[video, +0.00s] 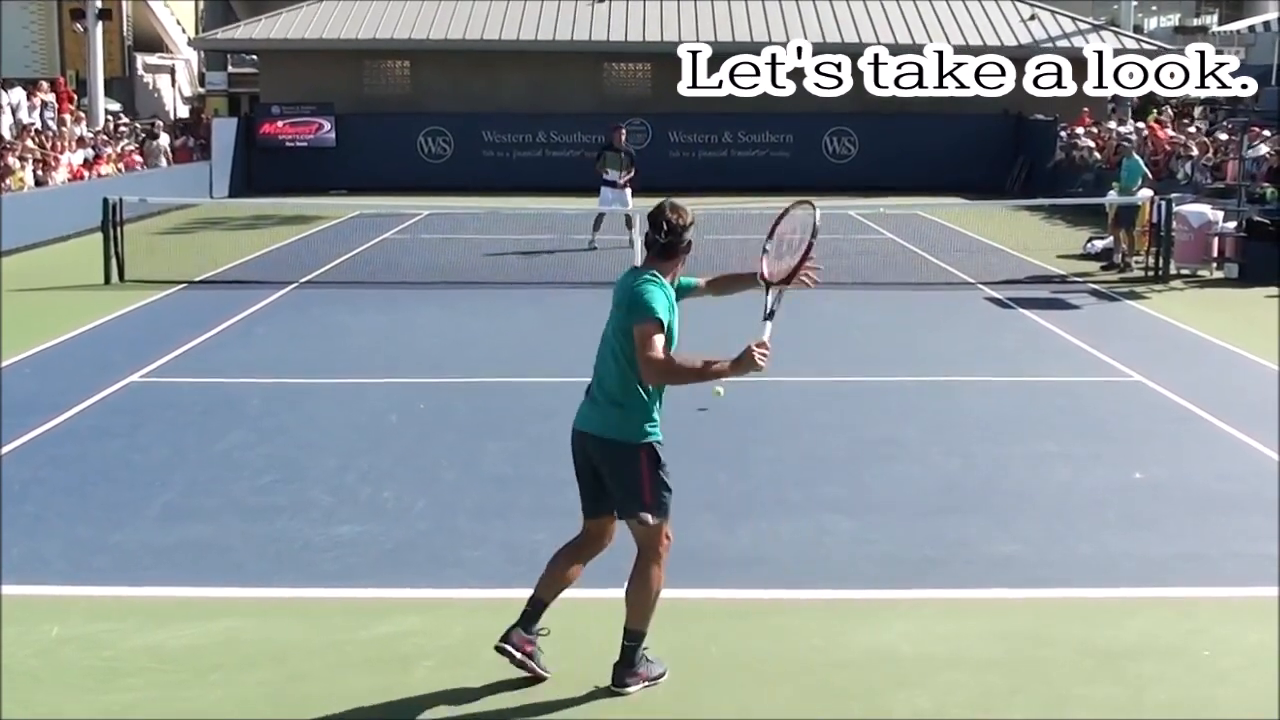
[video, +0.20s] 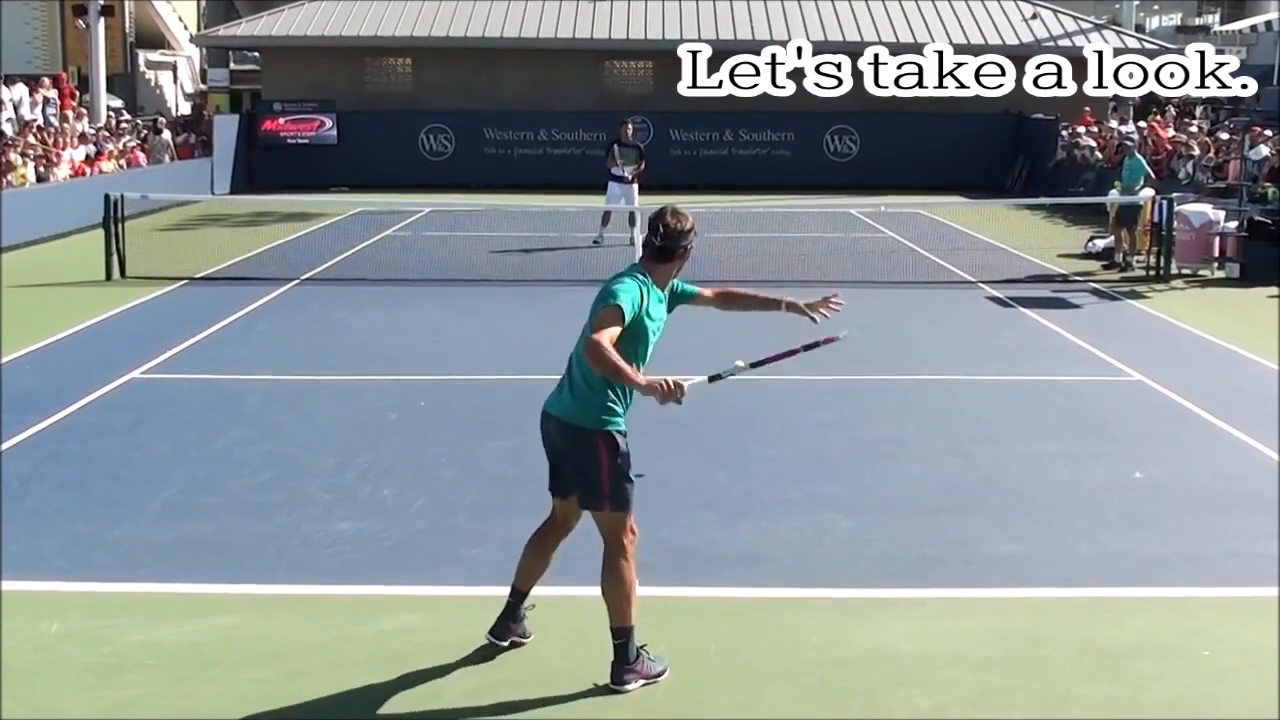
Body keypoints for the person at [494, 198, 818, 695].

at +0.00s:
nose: (690, 252)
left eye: (686, 246)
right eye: (690, 246)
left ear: (648, 243)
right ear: (686, 249)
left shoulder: (635, 280)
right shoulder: (654, 293)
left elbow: (709, 285)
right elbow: (653, 369)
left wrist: (774, 275)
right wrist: (731, 365)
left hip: (592, 431)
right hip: (631, 438)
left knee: (596, 534)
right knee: (654, 544)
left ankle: (523, 630)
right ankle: (630, 663)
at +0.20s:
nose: (688, 260)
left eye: (686, 254)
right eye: (688, 252)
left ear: (649, 245)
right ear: (682, 254)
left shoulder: (662, 289)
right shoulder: (629, 290)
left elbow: (720, 298)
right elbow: (596, 346)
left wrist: (793, 304)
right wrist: (644, 381)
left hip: (566, 418)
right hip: (593, 426)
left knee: (562, 517)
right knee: (621, 539)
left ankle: (510, 617)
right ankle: (627, 660)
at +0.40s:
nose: (670, 283)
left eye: (668, 276)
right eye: (671, 277)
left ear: (630, 267)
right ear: (664, 281)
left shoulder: (602, 292)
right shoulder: (620, 326)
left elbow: (648, 314)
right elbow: (600, 395)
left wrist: (698, 345)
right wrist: (594, 464)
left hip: (524, 429)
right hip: (562, 442)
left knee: (537, 518)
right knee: (622, 534)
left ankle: (503, 623)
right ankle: (623, 660)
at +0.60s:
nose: (642, 277)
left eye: (643, 270)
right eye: (643, 271)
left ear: (601, 256)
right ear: (632, 272)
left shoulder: (545, 276)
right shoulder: (623, 327)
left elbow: (507, 287)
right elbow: (647, 378)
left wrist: (560, 294)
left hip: (510, 429)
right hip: (565, 439)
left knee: (511, 514)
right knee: (615, 534)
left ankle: (502, 624)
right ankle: (625, 656)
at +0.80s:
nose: (611, 240)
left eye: (605, 231)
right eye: (612, 234)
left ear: (570, 224)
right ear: (608, 235)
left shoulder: (524, 262)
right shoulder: (611, 283)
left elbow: (473, 318)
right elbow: (575, 304)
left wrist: (490, 275)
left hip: (514, 408)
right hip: (571, 412)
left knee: (510, 510)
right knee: (601, 517)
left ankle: (504, 621)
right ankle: (623, 624)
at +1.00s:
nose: (577, 215)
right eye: (579, 209)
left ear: (540, 213)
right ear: (579, 214)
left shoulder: (530, 260)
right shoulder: (592, 255)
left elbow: (520, 333)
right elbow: (530, 254)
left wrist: (470, 301)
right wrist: (474, 246)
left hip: (525, 405)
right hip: (578, 402)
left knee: (513, 507)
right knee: (604, 504)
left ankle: (507, 614)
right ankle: (626, 604)